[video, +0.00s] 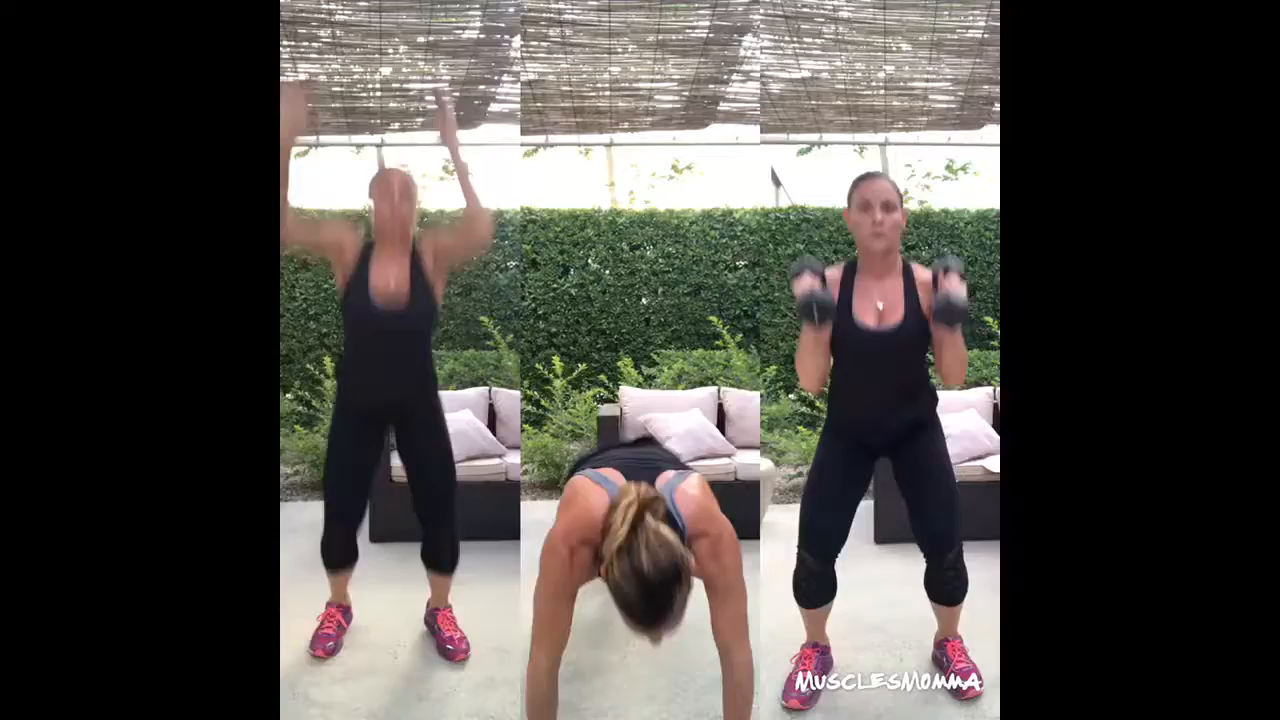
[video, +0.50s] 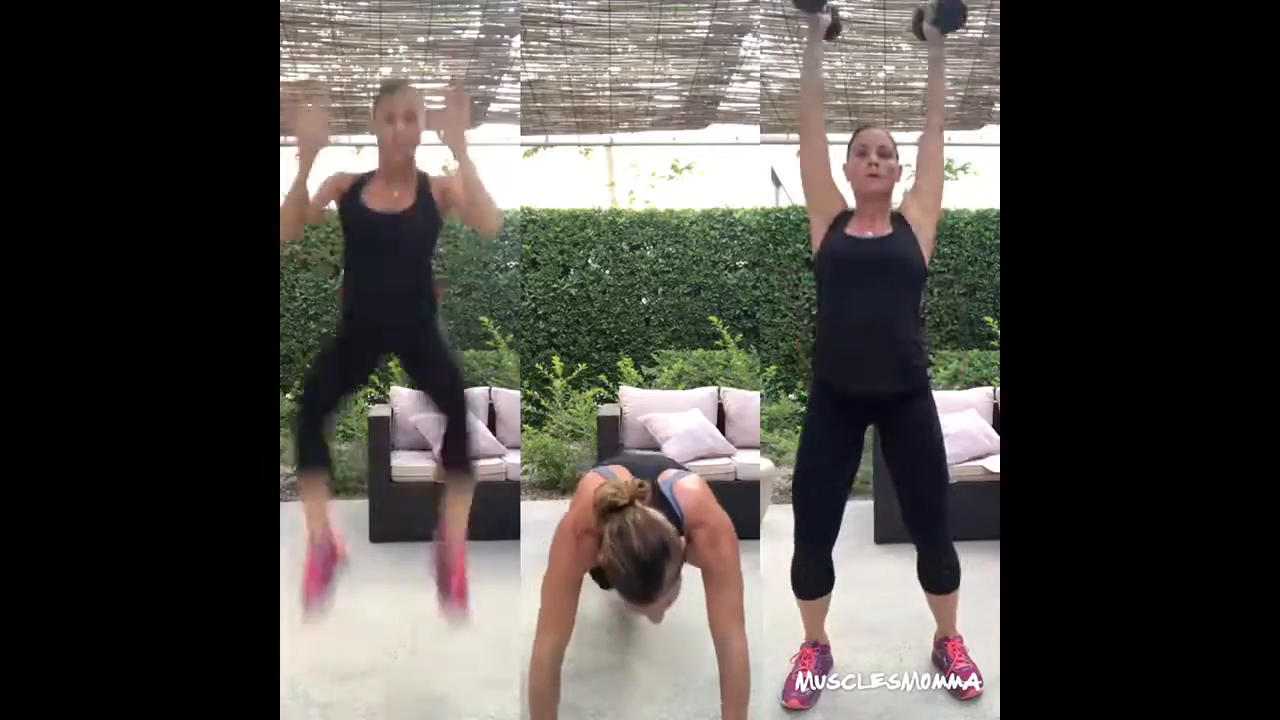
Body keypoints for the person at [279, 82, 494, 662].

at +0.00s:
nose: (396, 200)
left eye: (404, 194)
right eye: (386, 193)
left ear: (417, 205)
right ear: (370, 205)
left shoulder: (434, 254)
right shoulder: (347, 246)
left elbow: (481, 227)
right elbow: (285, 224)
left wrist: (454, 150)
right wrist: (285, 147)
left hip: (418, 404)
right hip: (358, 404)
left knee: (440, 507)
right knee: (339, 510)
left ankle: (441, 609)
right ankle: (338, 605)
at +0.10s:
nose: (394, 120)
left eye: (403, 112)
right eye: (385, 111)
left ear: (416, 124)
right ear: (369, 120)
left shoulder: (433, 177)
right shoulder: (344, 170)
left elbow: (493, 182)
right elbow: (283, 177)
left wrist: (469, 118)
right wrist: (286, 114)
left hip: (417, 337)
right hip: (357, 337)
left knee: (433, 460)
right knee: (342, 457)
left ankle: (449, 578)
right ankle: (324, 568)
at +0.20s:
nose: (394, 78)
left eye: (404, 68)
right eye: (383, 67)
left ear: (416, 77)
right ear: (368, 77)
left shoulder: (434, 142)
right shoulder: (341, 134)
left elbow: (485, 194)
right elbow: (286, 176)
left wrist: (474, 131)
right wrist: (286, 119)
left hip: (418, 285)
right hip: (359, 285)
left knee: (449, 378)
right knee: (315, 373)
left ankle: (450, 492)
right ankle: (315, 485)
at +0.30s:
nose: (392, 91)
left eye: (402, 81)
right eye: (382, 81)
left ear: (414, 91)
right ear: (366, 92)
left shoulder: (435, 152)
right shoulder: (341, 147)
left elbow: (489, 184)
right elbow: (284, 160)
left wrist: (457, 120)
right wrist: (299, 97)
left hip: (418, 287)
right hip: (356, 288)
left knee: (477, 287)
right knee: (290, 285)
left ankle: (453, 388)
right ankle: (306, 394)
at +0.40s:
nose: (395, 108)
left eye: (406, 98)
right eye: (384, 98)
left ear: (419, 108)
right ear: (367, 108)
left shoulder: (436, 167)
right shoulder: (344, 161)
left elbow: (491, 177)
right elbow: (284, 168)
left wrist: (453, 112)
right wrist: (303, 96)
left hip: (418, 303)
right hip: (354, 303)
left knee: (477, 288)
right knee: (290, 311)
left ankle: (463, 409)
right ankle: (310, 420)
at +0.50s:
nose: (400, 128)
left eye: (410, 118)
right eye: (390, 118)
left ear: (423, 126)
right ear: (374, 126)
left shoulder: (439, 186)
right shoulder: (349, 184)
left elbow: (489, 223)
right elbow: (288, 229)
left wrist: (459, 146)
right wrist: (307, 156)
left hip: (417, 331)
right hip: (361, 330)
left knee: (458, 413)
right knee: (309, 412)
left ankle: (452, 546)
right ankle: (322, 542)